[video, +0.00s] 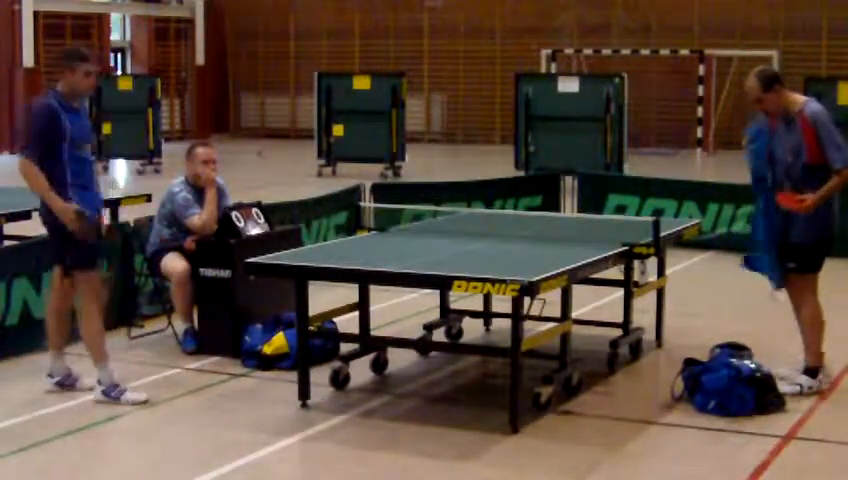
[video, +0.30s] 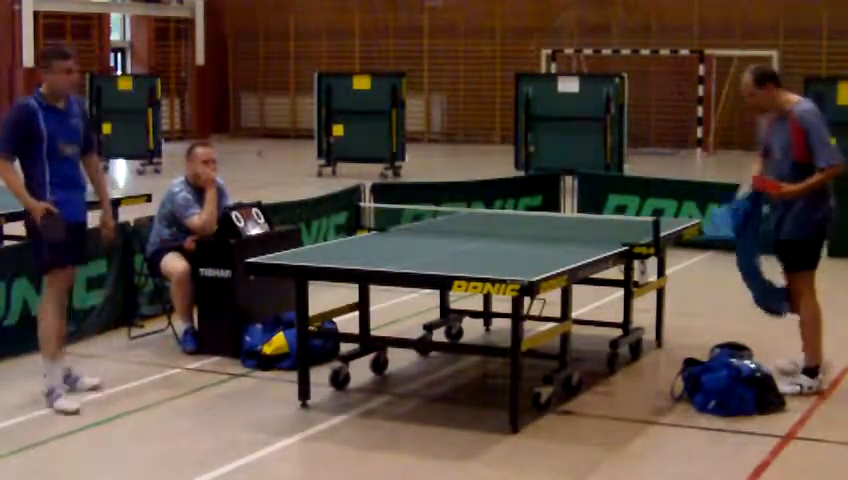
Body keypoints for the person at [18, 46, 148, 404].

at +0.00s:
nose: (92, 82)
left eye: (94, 76)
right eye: (87, 75)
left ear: (90, 79)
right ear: (66, 74)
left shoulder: (81, 112)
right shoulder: (45, 110)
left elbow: (86, 167)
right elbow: (28, 164)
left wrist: (99, 208)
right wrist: (59, 206)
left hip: (85, 209)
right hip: (65, 211)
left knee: (63, 286)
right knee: (91, 288)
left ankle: (57, 369)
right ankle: (106, 379)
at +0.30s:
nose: (73, 78)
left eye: (75, 72)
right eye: (66, 72)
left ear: (75, 75)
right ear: (45, 75)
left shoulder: (79, 110)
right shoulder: (25, 112)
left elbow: (92, 161)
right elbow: (6, 163)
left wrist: (106, 207)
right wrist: (30, 203)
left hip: (76, 212)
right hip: (47, 213)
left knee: (64, 285)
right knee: (55, 286)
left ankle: (60, 369)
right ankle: (52, 381)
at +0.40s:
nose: (66, 78)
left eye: (69, 72)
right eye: (59, 71)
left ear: (70, 74)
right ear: (42, 73)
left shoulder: (74, 110)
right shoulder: (21, 113)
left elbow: (89, 159)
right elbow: (4, 166)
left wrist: (102, 206)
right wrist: (27, 206)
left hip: (73, 214)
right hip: (44, 215)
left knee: (62, 289)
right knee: (43, 292)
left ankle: (57, 367)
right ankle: (29, 381)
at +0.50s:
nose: (59, 76)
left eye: (62, 69)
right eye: (52, 70)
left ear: (65, 72)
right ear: (33, 72)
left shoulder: (71, 108)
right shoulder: (15, 115)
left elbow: (82, 157)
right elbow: (0, 169)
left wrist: (94, 203)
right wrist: (23, 205)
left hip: (70, 214)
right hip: (38, 216)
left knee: (60, 288)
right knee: (32, 291)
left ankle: (57, 368)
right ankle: (13, 383)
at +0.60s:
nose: (52, 74)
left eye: (55, 67)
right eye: (44, 67)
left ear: (57, 72)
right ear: (24, 72)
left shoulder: (64, 106)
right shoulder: (10, 113)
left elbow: (77, 157)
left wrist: (82, 206)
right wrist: (22, 203)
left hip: (63, 214)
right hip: (28, 217)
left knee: (57, 290)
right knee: (22, 295)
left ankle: (57, 367)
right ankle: (9, 383)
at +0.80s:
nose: (38, 71)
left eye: (40, 65)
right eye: (30, 66)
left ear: (43, 69)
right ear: (9, 71)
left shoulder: (54, 107)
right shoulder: (2, 114)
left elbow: (68, 159)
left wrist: (75, 206)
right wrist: (12, 198)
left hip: (54, 212)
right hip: (14, 216)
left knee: (55, 290)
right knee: (12, 298)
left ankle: (56, 368)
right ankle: (7, 383)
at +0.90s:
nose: (34, 71)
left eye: (36, 65)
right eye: (27, 66)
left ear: (36, 69)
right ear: (6, 71)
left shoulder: (47, 108)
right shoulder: (0, 113)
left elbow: (63, 158)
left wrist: (74, 207)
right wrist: (5, 196)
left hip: (50, 215)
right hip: (11, 220)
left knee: (68, 284)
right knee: (9, 298)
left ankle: (57, 368)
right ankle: (7, 382)